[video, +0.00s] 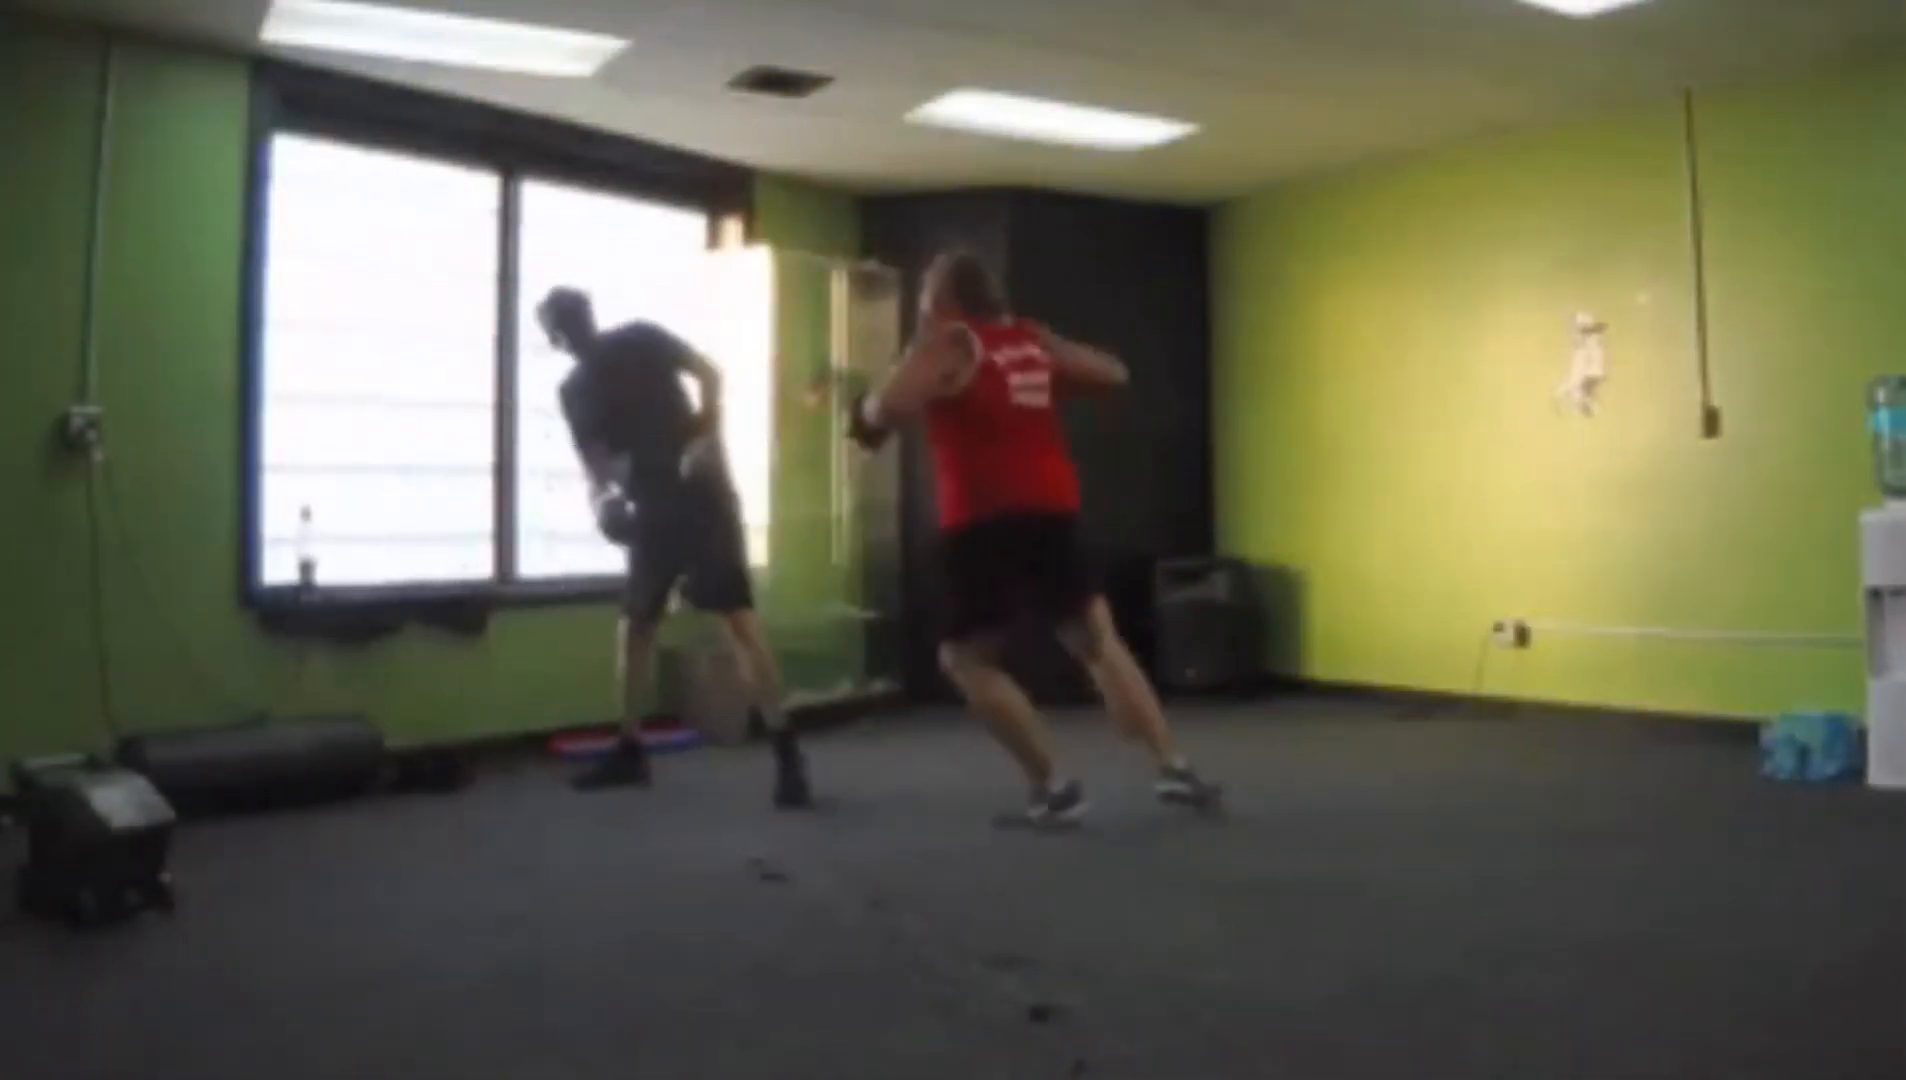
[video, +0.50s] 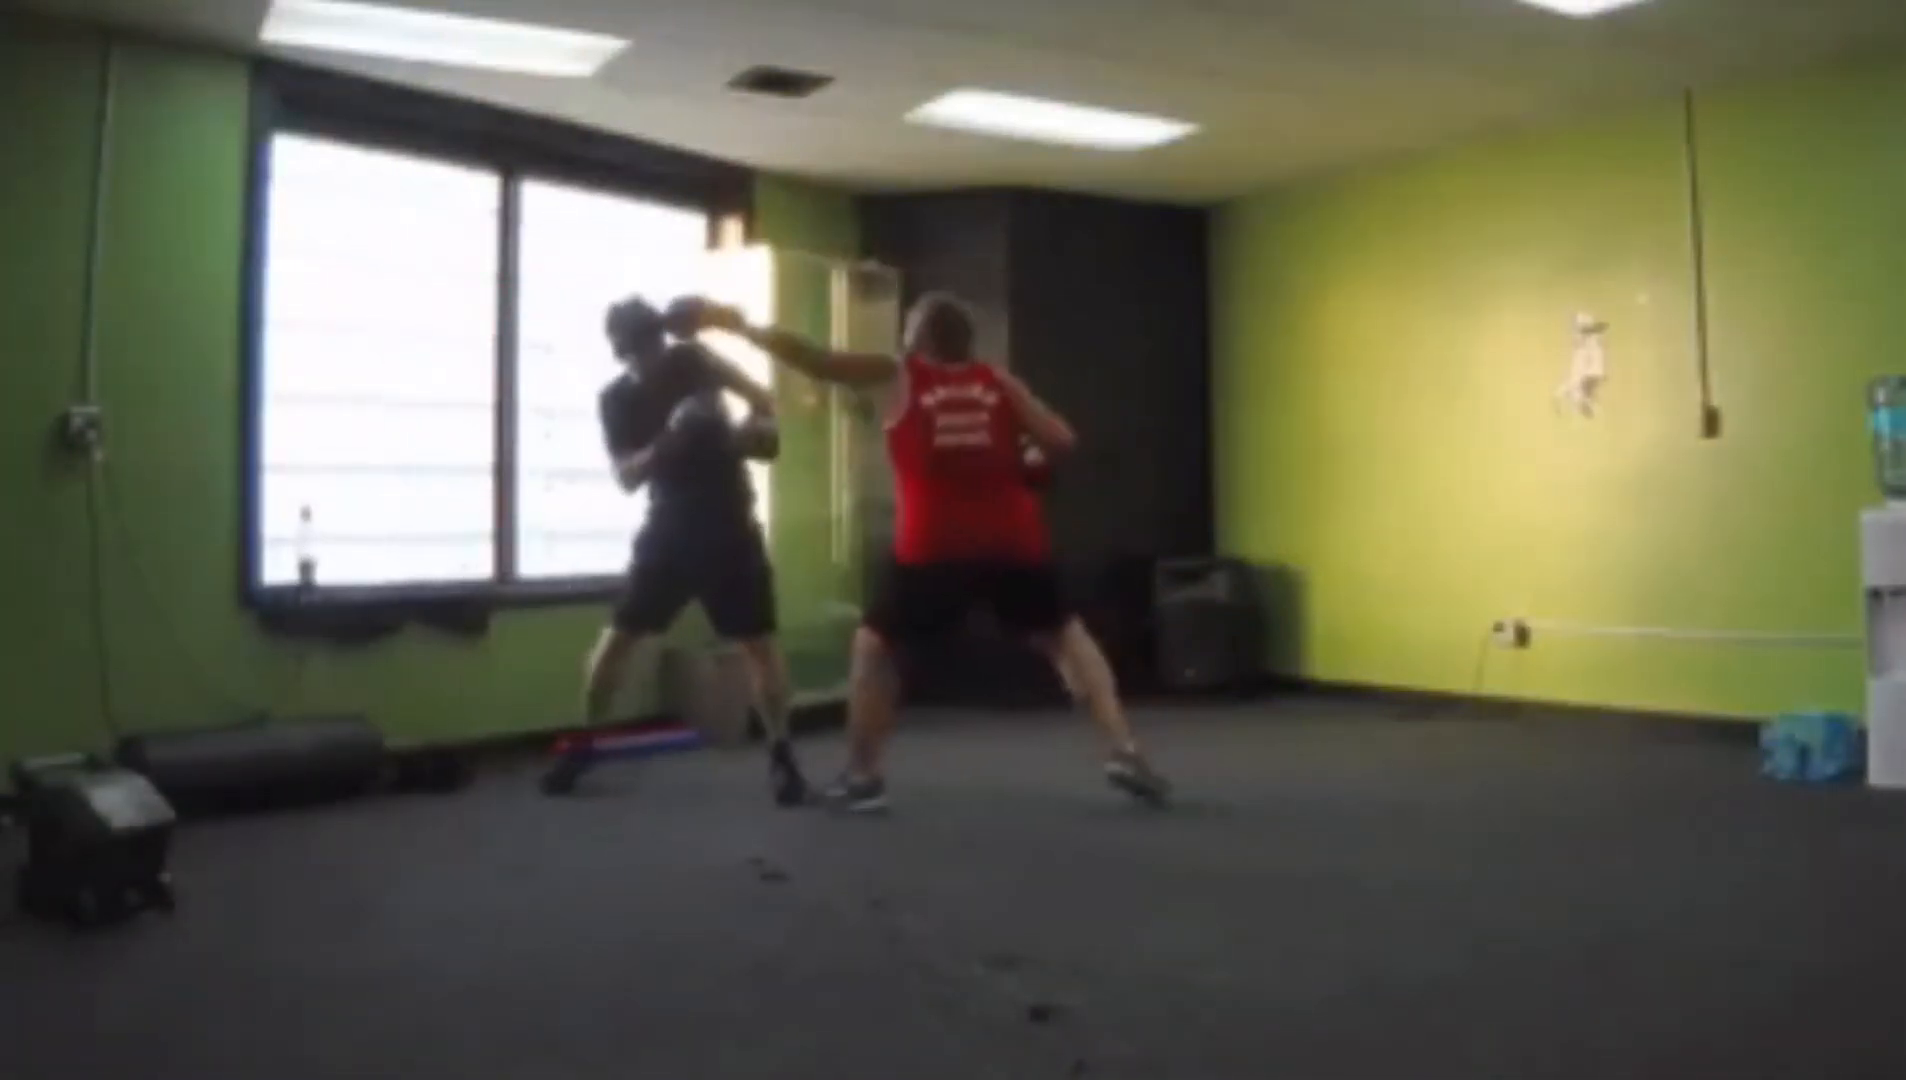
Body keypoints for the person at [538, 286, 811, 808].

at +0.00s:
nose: (565, 338)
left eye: (565, 327)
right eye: (558, 332)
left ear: (580, 319)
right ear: (558, 335)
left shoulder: (639, 339)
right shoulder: (574, 390)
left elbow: (708, 373)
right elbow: (595, 456)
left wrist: (708, 435)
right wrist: (604, 494)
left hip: (700, 483)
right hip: (648, 498)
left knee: (739, 618)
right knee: (636, 628)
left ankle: (785, 744)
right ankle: (629, 746)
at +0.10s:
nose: (600, 329)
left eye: (603, 316)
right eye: (588, 322)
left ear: (619, 311)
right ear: (583, 327)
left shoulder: (665, 344)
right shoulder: (590, 387)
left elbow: (729, 390)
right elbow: (599, 450)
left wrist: (730, 453)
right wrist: (614, 489)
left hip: (708, 492)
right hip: (651, 505)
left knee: (745, 627)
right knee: (653, 630)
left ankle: (786, 749)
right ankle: (642, 746)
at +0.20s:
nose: (626, 326)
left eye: (631, 313)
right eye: (615, 318)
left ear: (645, 311)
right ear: (605, 324)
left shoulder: (688, 349)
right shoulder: (610, 387)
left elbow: (743, 407)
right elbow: (609, 459)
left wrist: (748, 468)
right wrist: (630, 496)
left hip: (721, 497)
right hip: (663, 506)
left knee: (752, 635)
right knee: (651, 635)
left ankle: (784, 754)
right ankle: (641, 747)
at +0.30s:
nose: (645, 329)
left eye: (650, 315)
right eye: (633, 320)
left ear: (664, 310)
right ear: (622, 324)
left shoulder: (703, 347)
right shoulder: (620, 384)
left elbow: (759, 403)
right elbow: (622, 467)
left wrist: (750, 445)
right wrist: (649, 475)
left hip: (726, 504)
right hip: (669, 512)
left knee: (757, 635)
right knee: (643, 634)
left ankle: (785, 755)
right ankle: (639, 748)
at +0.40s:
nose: (651, 330)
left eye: (656, 317)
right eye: (638, 322)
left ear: (668, 313)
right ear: (627, 326)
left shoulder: (703, 350)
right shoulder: (623, 387)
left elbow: (765, 391)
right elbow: (624, 470)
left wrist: (755, 433)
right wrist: (665, 447)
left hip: (729, 508)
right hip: (672, 516)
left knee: (757, 638)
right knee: (630, 633)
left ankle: (784, 755)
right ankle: (620, 746)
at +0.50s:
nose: (643, 357)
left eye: (647, 343)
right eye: (630, 350)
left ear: (661, 333)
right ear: (618, 350)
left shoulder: (694, 363)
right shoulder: (618, 398)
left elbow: (760, 399)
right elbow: (627, 476)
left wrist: (759, 433)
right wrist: (675, 433)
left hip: (729, 524)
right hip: (669, 529)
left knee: (759, 644)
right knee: (620, 637)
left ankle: (783, 758)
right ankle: (583, 741)